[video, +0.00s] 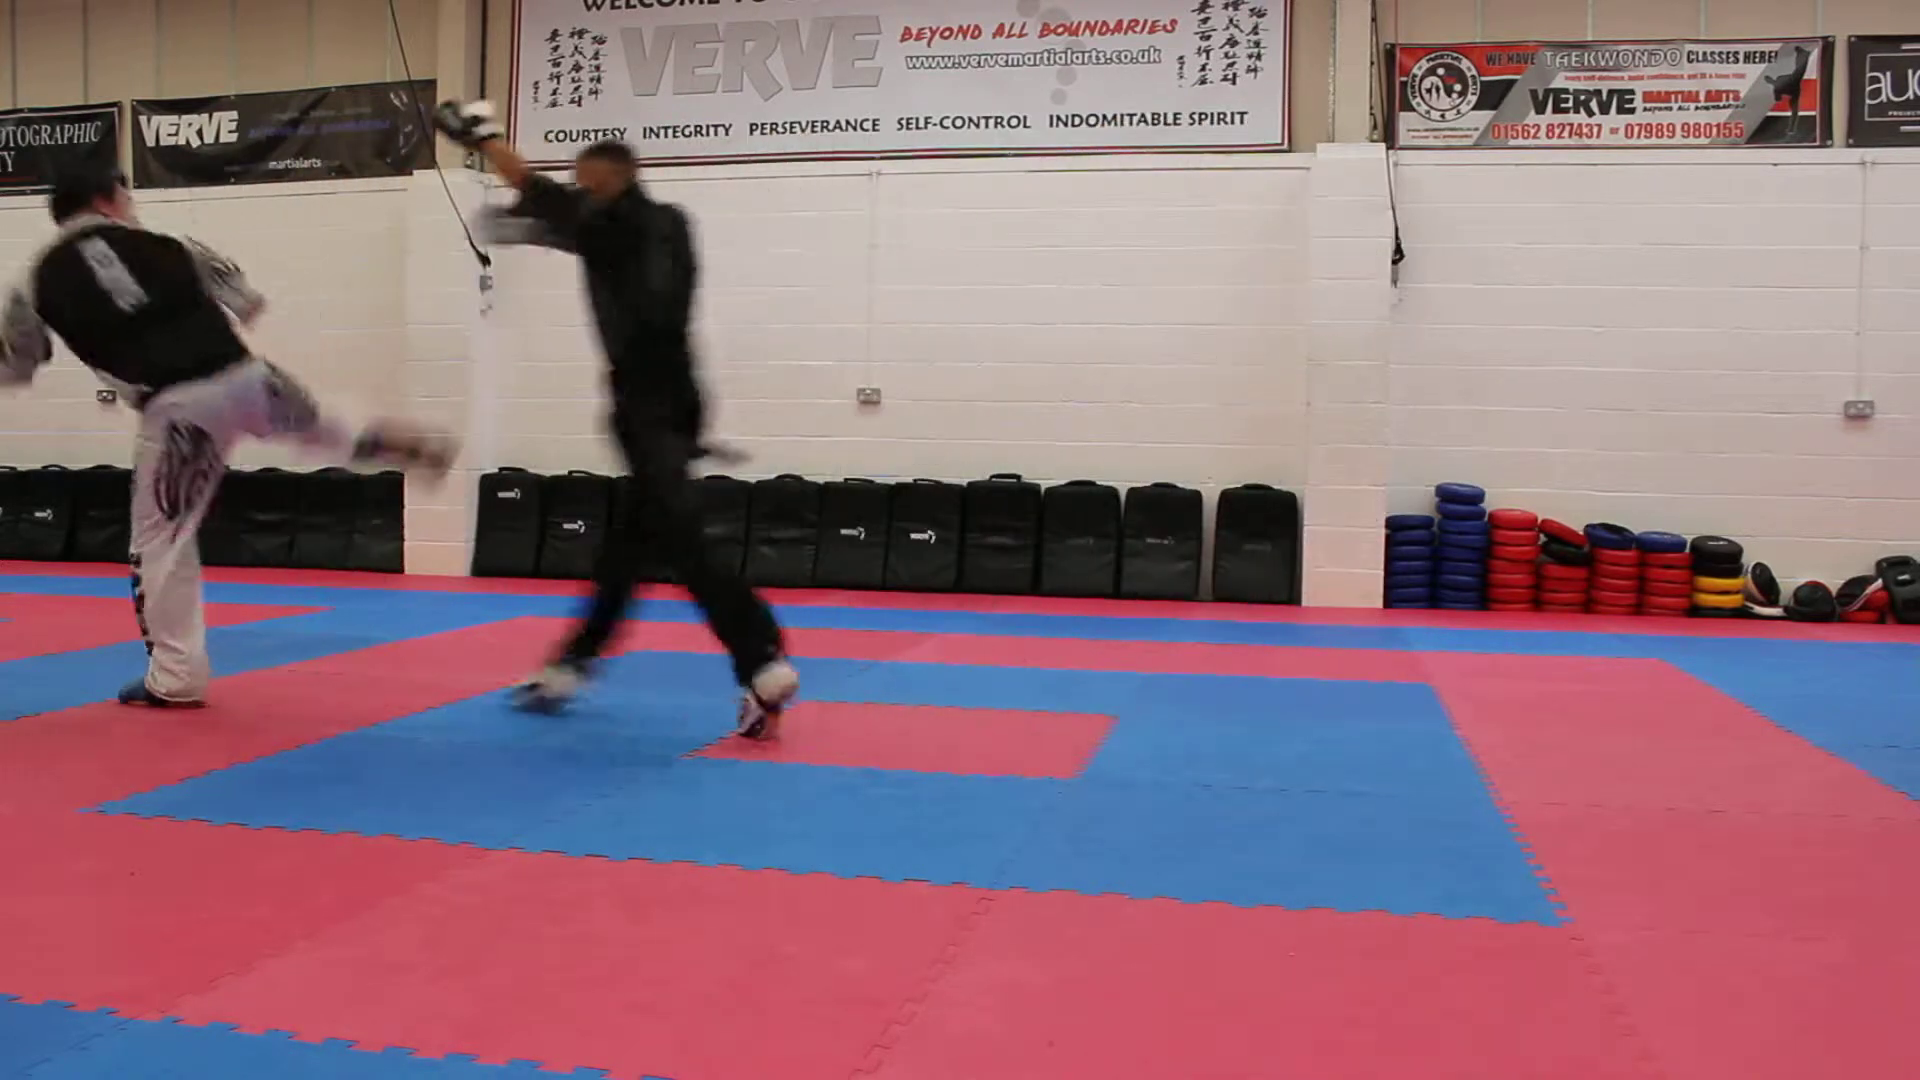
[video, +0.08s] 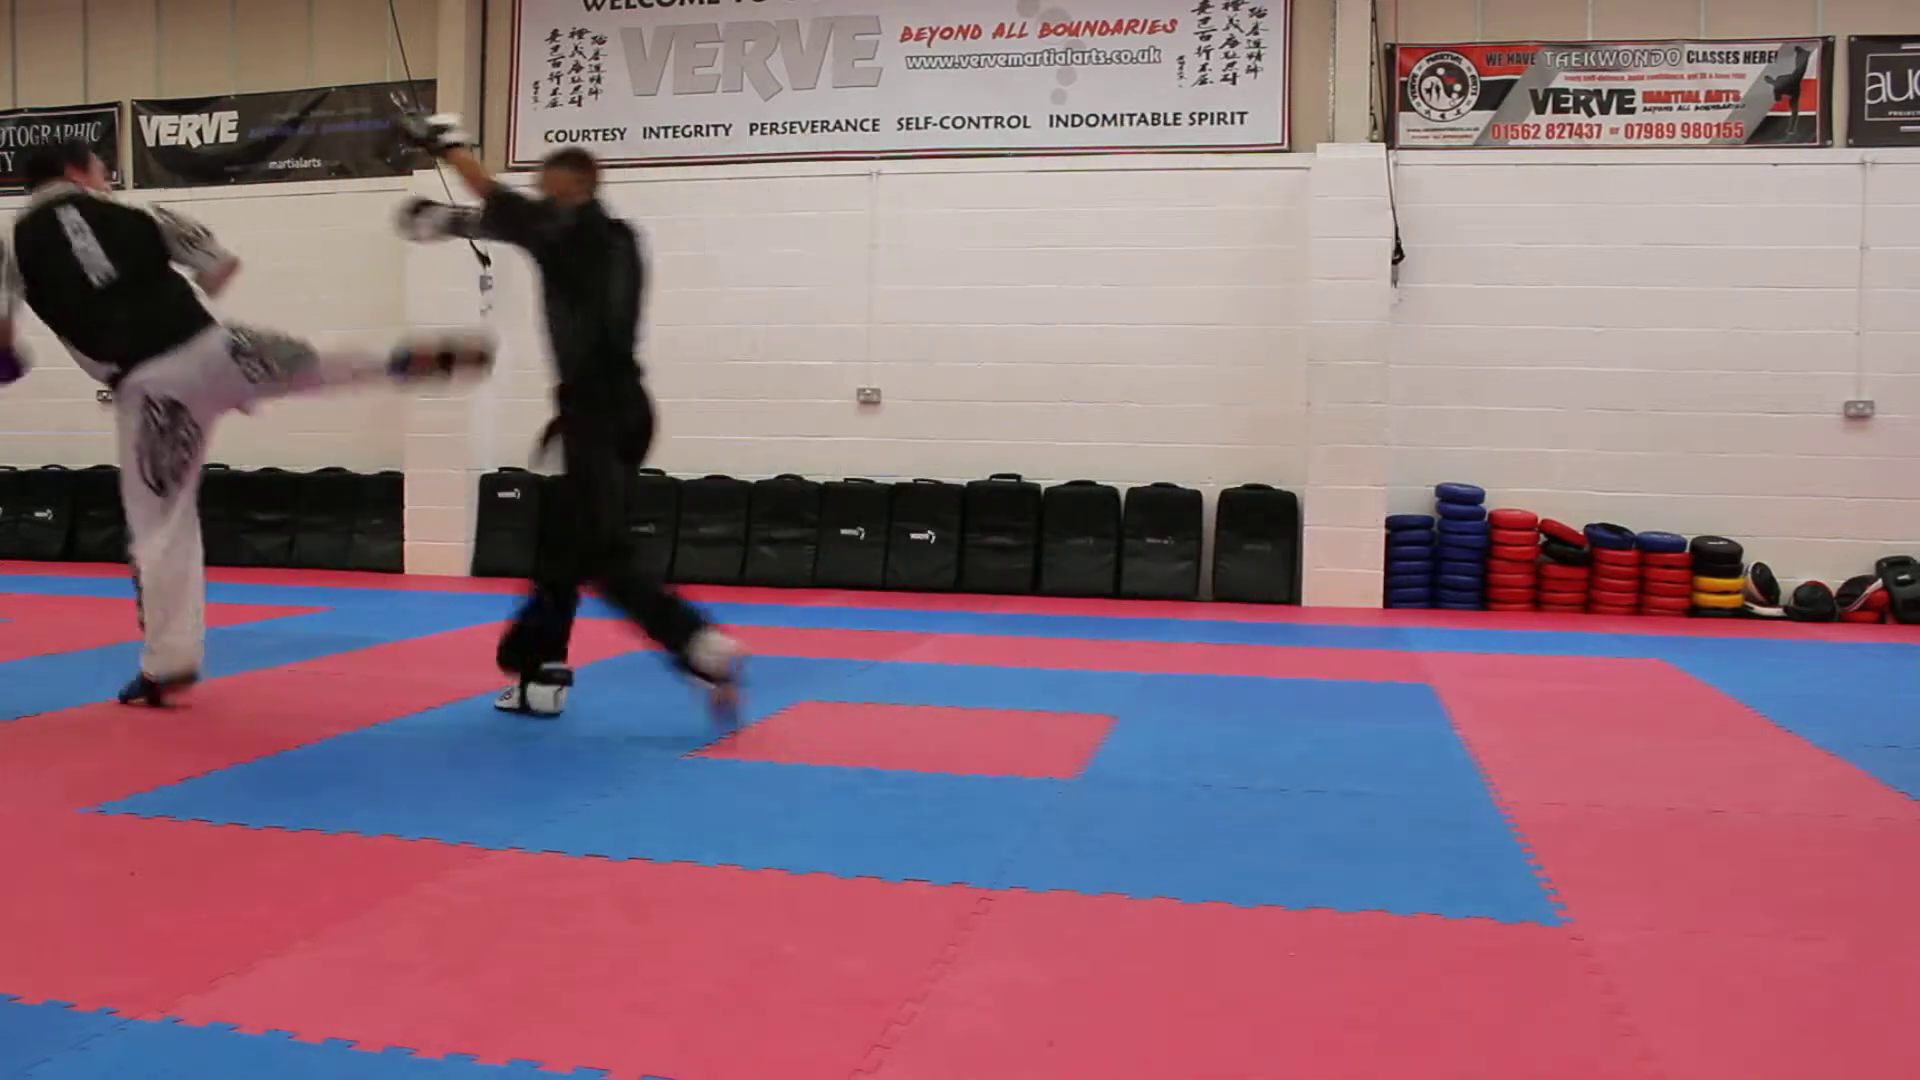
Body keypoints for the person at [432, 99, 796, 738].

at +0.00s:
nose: (582, 190)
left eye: (590, 179)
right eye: (582, 181)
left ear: (619, 174)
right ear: (603, 179)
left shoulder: (636, 222)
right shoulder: (616, 220)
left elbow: (550, 199)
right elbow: (547, 200)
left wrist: (484, 142)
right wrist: (488, 146)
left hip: (657, 408)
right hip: (651, 406)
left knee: (670, 538)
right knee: (631, 542)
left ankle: (764, 665)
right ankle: (570, 664)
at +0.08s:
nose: (543, 188)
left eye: (552, 178)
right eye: (545, 179)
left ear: (579, 182)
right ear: (580, 186)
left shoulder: (573, 229)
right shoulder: (615, 237)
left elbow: (504, 203)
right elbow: (609, 339)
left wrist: (446, 147)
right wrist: (570, 410)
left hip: (603, 411)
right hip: (610, 408)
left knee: (597, 541)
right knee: (561, 535)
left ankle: (697, 645)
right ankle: (540, 674)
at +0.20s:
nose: (478, 173)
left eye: (486, 164)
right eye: (479, 164)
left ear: (510, 167)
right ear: (528, 170)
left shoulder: (499, 214)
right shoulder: (554, 217)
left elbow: (418, 184)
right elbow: (473, 218)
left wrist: (377, 154)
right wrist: (411, 213)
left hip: (546, 396)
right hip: (583, 394)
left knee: (495, 530)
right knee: (551, 530)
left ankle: (555, 632)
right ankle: (538, 672)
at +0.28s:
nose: (436, 159)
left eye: (442, 150)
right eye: (439, 150)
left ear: (459, 155)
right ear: (488, 157)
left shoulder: (451, 203)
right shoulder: (514, 202)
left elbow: (366, 177)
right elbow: (422, 210)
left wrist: (308, 149)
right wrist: (351, 223)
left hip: (504, 382)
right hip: (556, 379)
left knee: (449, 508)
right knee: (553, 517)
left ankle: (460, 641)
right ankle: (547, 654)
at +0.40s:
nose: (379, 180)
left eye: (384, 172)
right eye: (379, 172)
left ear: (400, 166)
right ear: (429, 162)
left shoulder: (387, 213)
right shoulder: (464, 210)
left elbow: (307, 217)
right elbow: (373, 232)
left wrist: (257, 183)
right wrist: (313, 245)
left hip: (441, 400)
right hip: (495, 396)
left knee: (394, 524)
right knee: (503, 524)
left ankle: (328, 640)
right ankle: (530, 638)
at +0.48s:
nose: (346, 193)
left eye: (349, 184)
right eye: (349, 183)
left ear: (356, 187)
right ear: (395, 188)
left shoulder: (344, 246)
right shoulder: (436, 249)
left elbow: (240, 263)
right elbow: (437, 327)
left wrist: (230, 221)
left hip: (387, 430)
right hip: (444, 428)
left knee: (333, 538)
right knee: (441, 543)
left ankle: (304, 668)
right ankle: (507, 626)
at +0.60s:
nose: (312, 219)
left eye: (313, 210)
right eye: (313, 209)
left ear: (321, 212)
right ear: (363, 209)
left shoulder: (309, 278)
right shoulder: (411, 272)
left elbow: (239, 339)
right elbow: (449, 355)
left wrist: (209, 327)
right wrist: (384, 352)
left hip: (344, 437)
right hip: (402, 437)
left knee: (284, 542)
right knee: (365, 547)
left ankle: (291, 665)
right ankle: (428, 611)